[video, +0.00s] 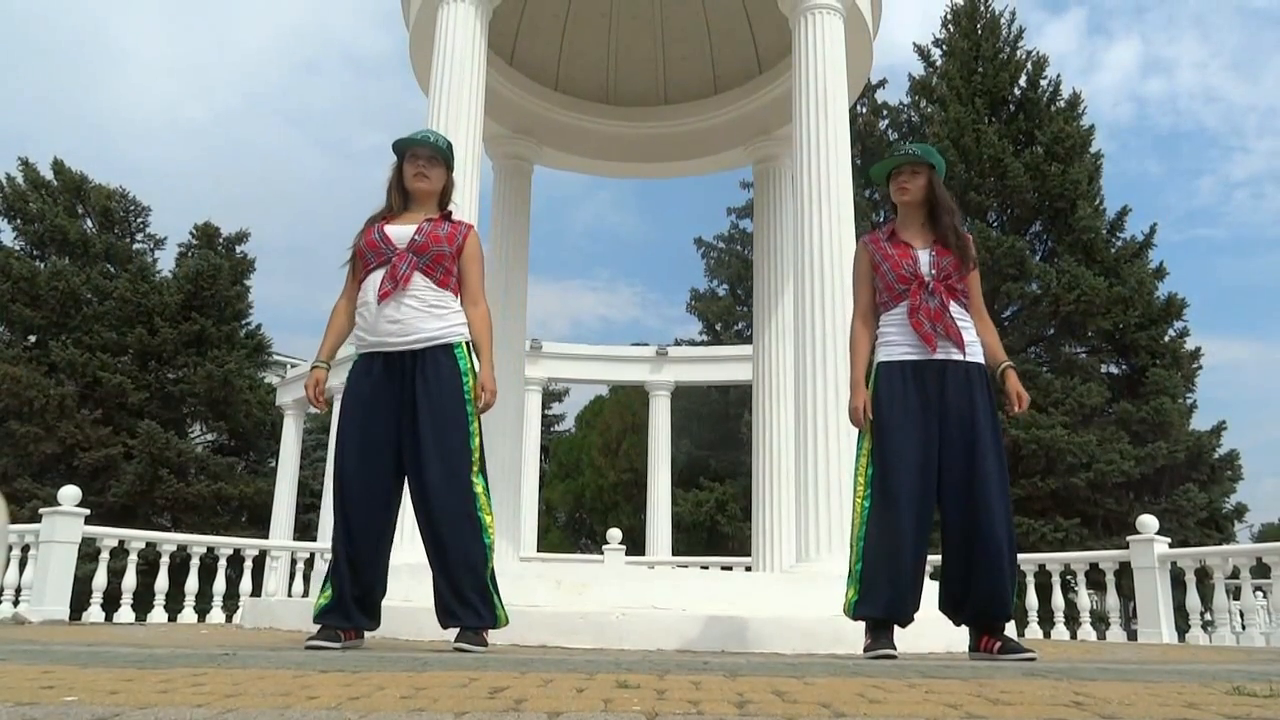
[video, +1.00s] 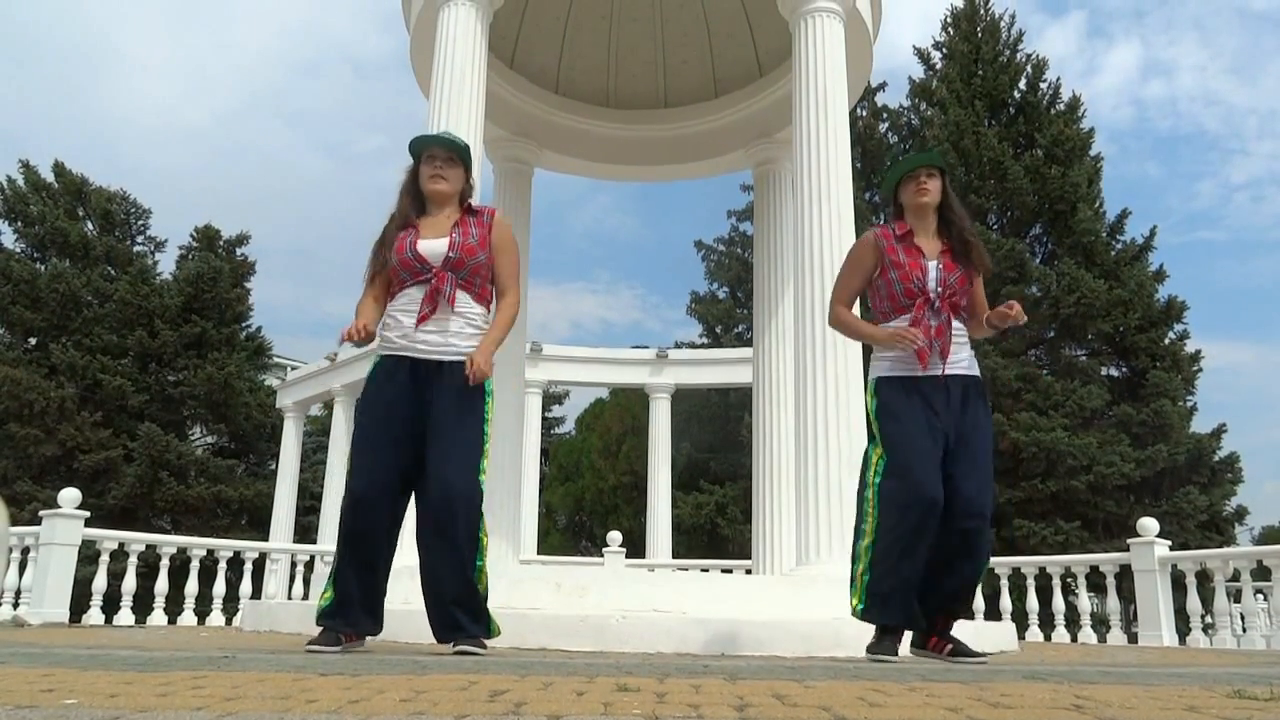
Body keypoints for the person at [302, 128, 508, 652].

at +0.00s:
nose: (421, 165)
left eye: (432, 160)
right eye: (413, 158)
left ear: (448, 174)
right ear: (399, 168)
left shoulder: (459, 232)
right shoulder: (372, 231)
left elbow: (475, 303)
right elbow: (348, 302)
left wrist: (486, 367)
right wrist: (322, 362)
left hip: (440, 366)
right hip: (373, 369)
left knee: (447, 491)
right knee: (359, 491)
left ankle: (472, 621)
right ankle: (346, 618)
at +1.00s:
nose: (437, 167)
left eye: (447, 161)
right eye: (429, 160)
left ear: (466, 175)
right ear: (415, 172)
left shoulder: (491, 225)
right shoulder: (397, 231)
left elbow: (509, 297)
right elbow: (377, 288)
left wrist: (487, 348)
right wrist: (365, 321)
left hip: (458, 375)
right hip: (394, 372)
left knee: (451, 500)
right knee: (368, 495)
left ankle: (461, 629)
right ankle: (348, 621)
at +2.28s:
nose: (448, 190)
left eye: (460, 189)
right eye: (443, 180)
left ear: (470, 207)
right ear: (423, 185)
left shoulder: (467, 252)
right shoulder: (391, 216)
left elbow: (483, 324)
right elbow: (391, 269)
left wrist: (487, 267)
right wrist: (457, 243)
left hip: (442, 383)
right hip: (387, 369)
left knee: (458, 508)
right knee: (373, 491)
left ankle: (401, 631)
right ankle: (317, 630)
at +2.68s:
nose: (477, 230)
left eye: (488, 228)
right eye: (471, 220)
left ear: (493, 247)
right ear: (451, 227)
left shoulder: (486, 305)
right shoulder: (417, 262)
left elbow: (482, 380)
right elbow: (373, 328)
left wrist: (529, 369)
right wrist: (394, 281)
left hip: (454, 417)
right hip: (405, 392)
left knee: (475, 527)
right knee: (386, 501)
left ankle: (403, 637)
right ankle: (322, 625)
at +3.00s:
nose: (489, 232)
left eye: (500, 232)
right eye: (483, 223)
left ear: (505, 252)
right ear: (463, 229)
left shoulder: (494, 308)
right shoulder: (428, 259)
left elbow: (498, 381)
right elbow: (374, 309)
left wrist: (536, 350)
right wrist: (421, 281)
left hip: (458, 416)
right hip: (406, 390)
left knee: (478, 528)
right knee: (381, 496)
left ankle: (404, 639)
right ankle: (328, 616)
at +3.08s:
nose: (495, 228)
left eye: (504, 226)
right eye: (486, 220)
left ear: (510, 243)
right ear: (466, 228)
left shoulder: (500, 304)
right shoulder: (433, 258)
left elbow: (491, 384)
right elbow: (371, 311)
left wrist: (527, 361)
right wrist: (377, 300)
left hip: (459, 416)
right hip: (405, 391)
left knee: (474, 527)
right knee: (376, 493)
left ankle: (405, 639)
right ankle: (328, 610)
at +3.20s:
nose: (493, 206)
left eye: (500, 200)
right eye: (482, 200)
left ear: (511, 215)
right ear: (464, 212)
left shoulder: (513, 279)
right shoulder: (436, 242)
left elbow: (520, 349)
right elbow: (371, 278)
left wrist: (503, 302)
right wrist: (356, 328)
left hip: (456, 386)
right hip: (401, 360)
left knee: (455, 509)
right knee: (409, 462)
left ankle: (402, 636)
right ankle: (350, 586)